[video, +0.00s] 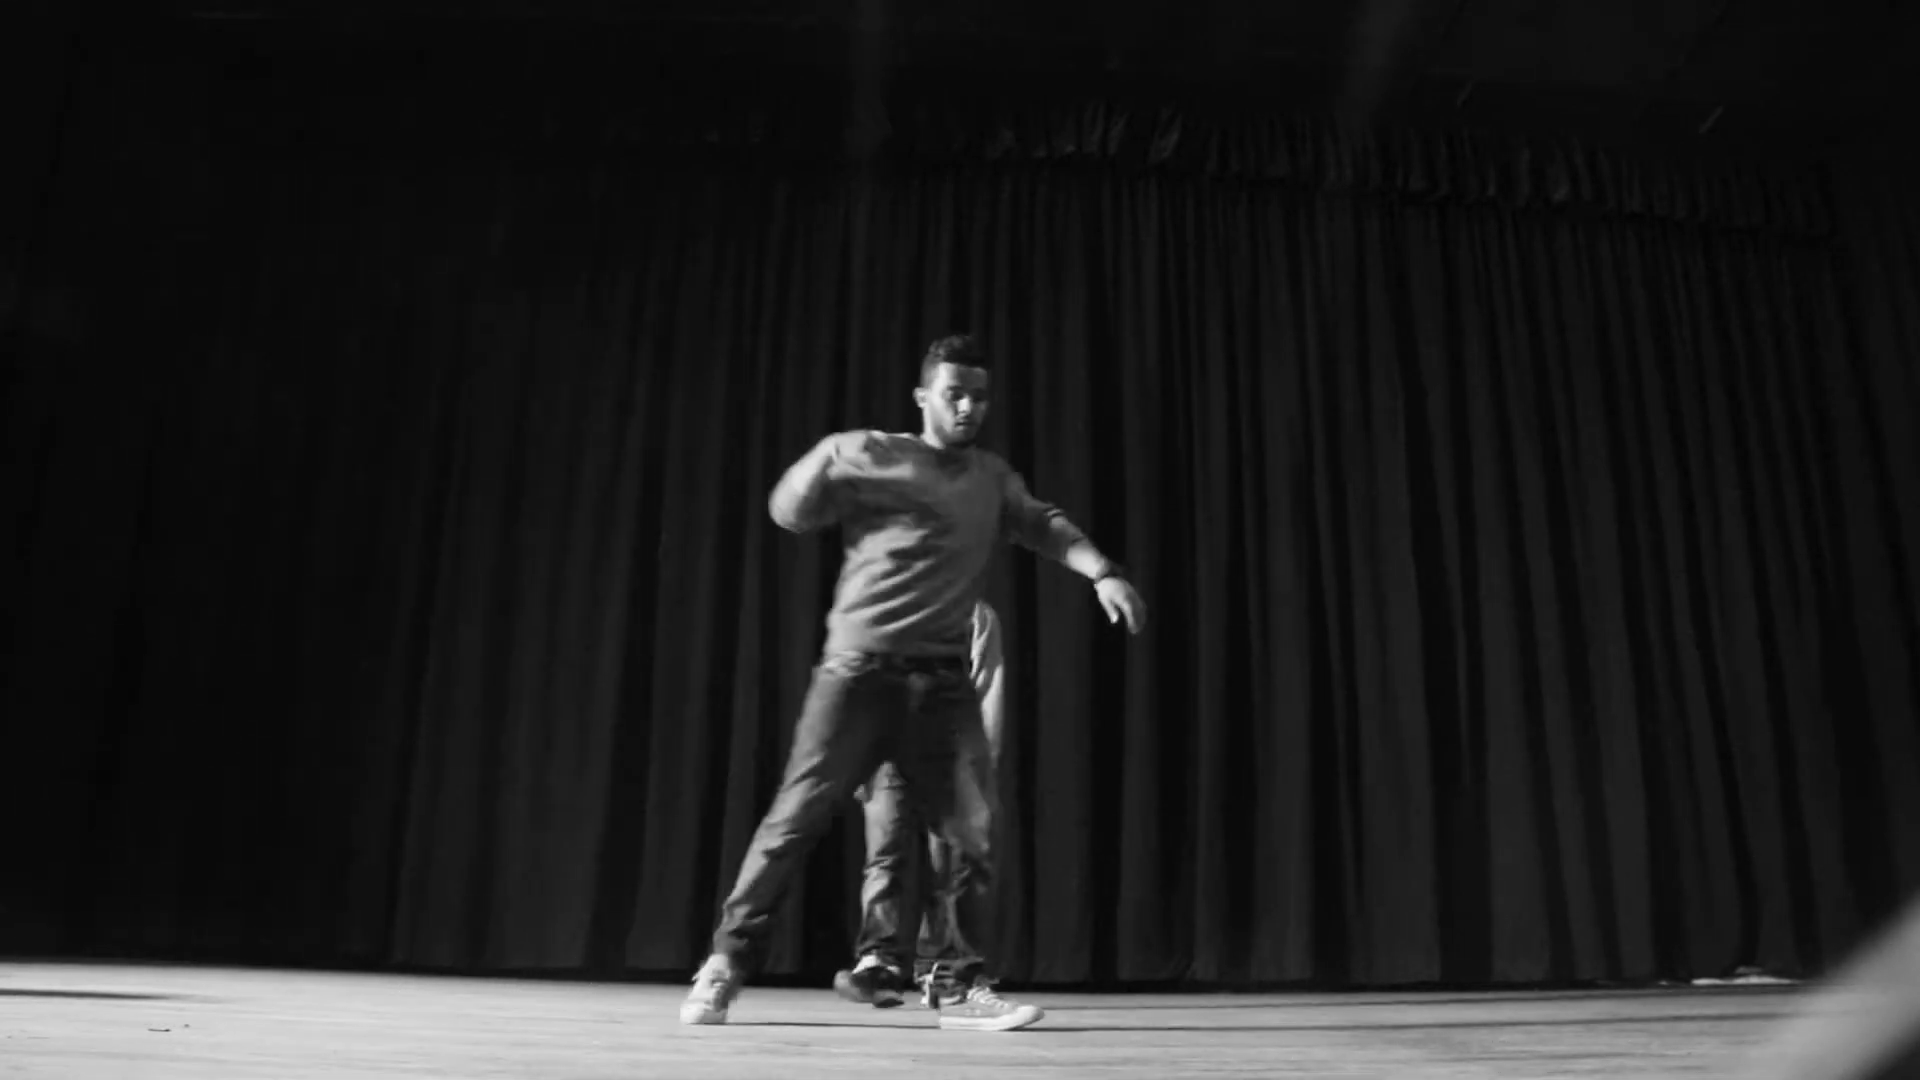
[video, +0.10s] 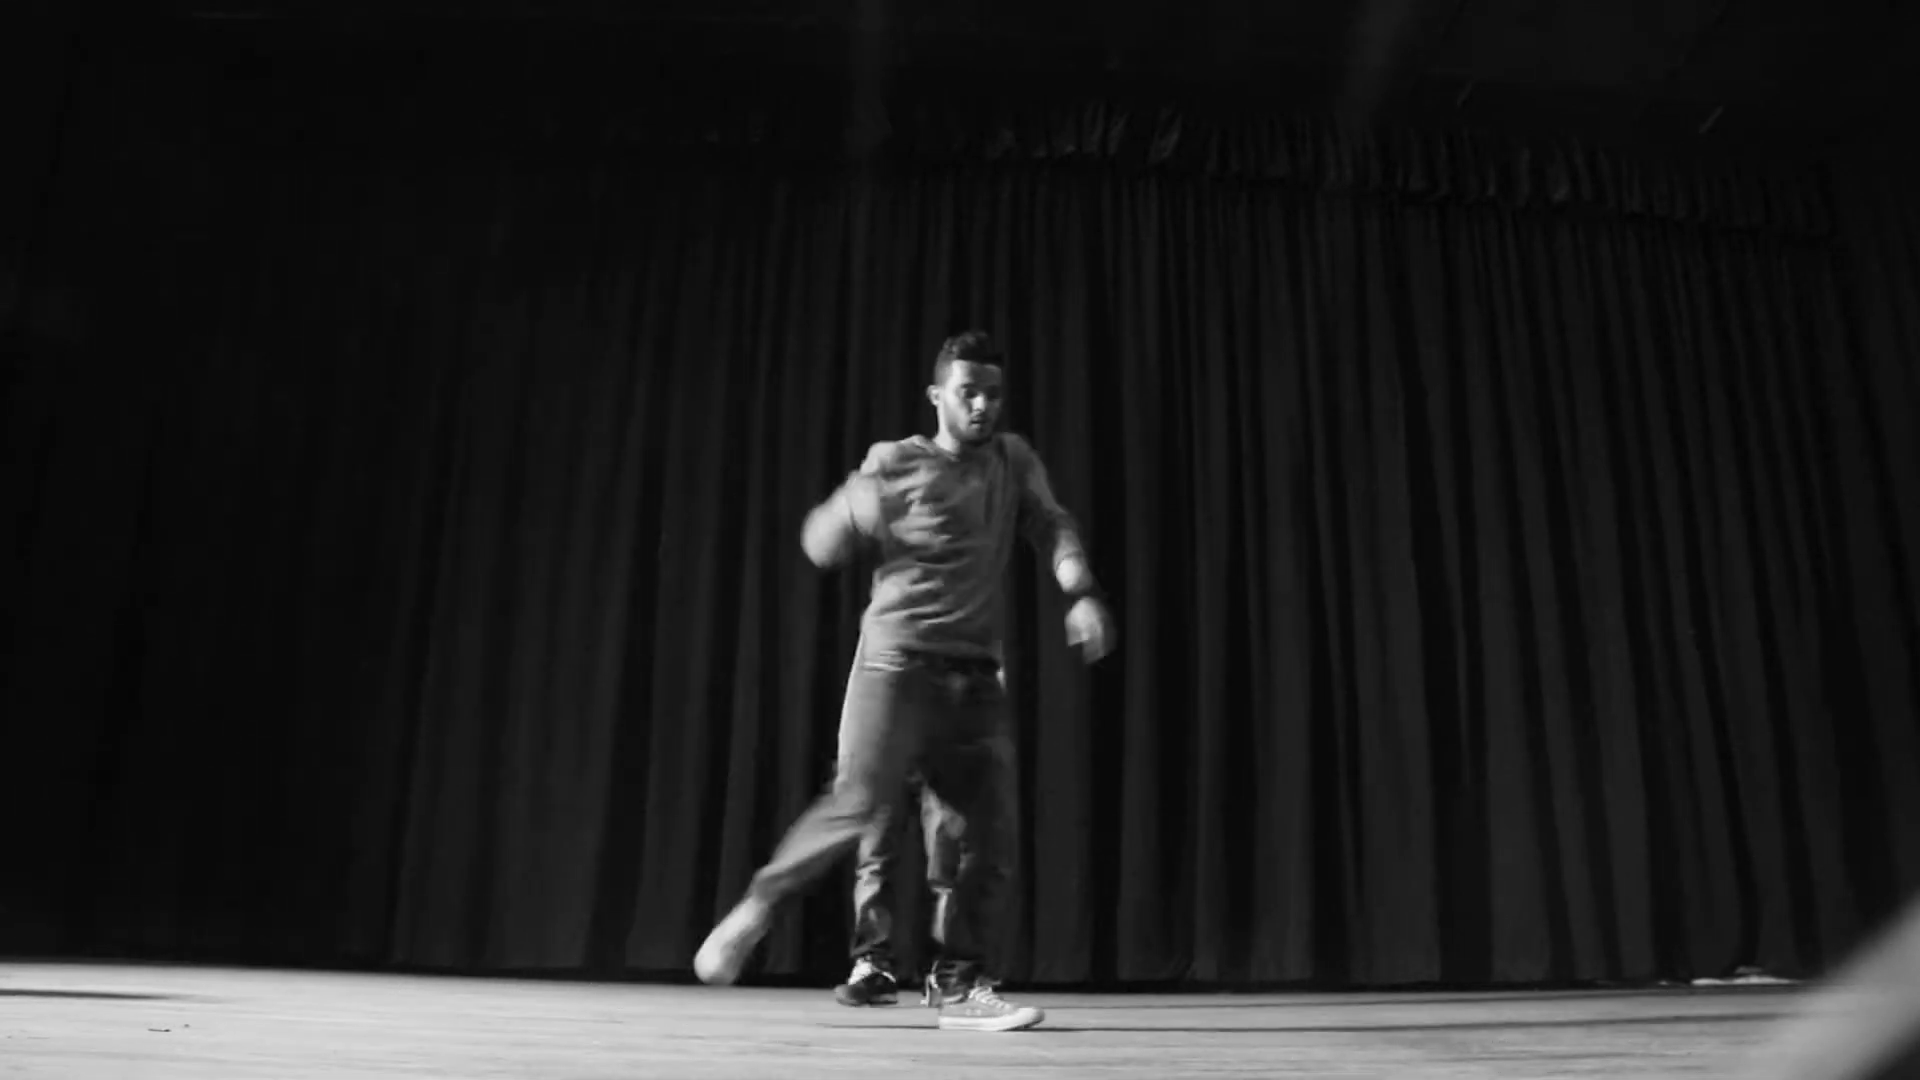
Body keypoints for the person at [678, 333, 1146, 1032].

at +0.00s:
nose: (967, 408)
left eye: (978, 397)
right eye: (954, 394)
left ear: (988, 403)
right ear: (922, 397)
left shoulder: (993, 477)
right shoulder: (871, 457)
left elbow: (1046, 529)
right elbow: (789, 513)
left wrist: (1102, 574)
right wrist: (825, 456)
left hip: (943, 679)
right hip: (859, 671)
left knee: (971, 834)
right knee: (798, 815)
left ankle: (960, 987)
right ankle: (724, 964)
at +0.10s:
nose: (980, 404)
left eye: (990, 392)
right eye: (967, 391)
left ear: (1002, 399)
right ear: (936, 395)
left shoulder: (1013, 460)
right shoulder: (895, 464)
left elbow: (1054, 528)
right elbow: (821, 547)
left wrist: (1080, 593)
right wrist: (850, 512)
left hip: (976, 672)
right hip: (894, 665)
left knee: (981, 832)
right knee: (861, 806)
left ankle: (957, 980)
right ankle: (757, 912)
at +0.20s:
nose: (990, 405)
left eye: (1000, 393)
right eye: (977, 392)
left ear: (1012, 399)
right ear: (946, 395)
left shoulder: (1034, 463)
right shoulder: (905, 473)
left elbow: (1066, 552)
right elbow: (860, 565)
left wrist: (1021, 602)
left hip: (1002, 653)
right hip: (927, 647)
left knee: (1005, 821)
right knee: (954, 786)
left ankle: (964, 977)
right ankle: (818, 868)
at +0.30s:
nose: (1001, 406)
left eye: (1011, 394)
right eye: (987, 393)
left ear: (1023, 400)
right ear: (955, 396)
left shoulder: (1044, 463)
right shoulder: (918, 476)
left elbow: (1079, 549)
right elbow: (877, 584)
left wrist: (994, 551)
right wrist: (869, 691)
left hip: (1032, 656)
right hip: (960, 650)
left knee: (1024, 827)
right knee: (1034, 774)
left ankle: (968, 983)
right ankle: (909, 878)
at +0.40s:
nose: (1011, 402)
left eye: (1021, 390)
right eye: (997, 388)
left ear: (1032, 395)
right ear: (964, 393)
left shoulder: (1051, 456)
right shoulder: (925, 474)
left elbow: (1128, 500)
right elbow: (871, 565)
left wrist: (1047, 518)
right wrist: (821, 651)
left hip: (1044, 656)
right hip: (986, 655)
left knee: (1022, 814)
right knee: (1083, 777)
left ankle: (976, 975)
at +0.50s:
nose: (1020, 400)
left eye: (1030, 389)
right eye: (1006, 387)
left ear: (1040, 393)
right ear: (973, 390)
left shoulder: (1060, 449)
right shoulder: (936, 468)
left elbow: (1161, 447)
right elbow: (854, 545)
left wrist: (1099, 493)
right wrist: (774, 610)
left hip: (1065, 652)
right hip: (1012, 657)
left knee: (1076, 812)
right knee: (1112, 789)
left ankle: (1001, 963)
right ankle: (1111, 966)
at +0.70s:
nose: (1044, 401)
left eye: (1053, 389)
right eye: (1030, 387)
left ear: (1059, 394)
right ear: (992, 390)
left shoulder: (1074, 450)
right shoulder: (954, 473)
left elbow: (1115, 484)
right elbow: (884, 534)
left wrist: (1102, 534)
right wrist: (806, 527)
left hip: (1091, 659)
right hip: (1030, 666)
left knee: (1086, 826)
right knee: (1104, 822)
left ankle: (1000, 965)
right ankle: (1137, 980)